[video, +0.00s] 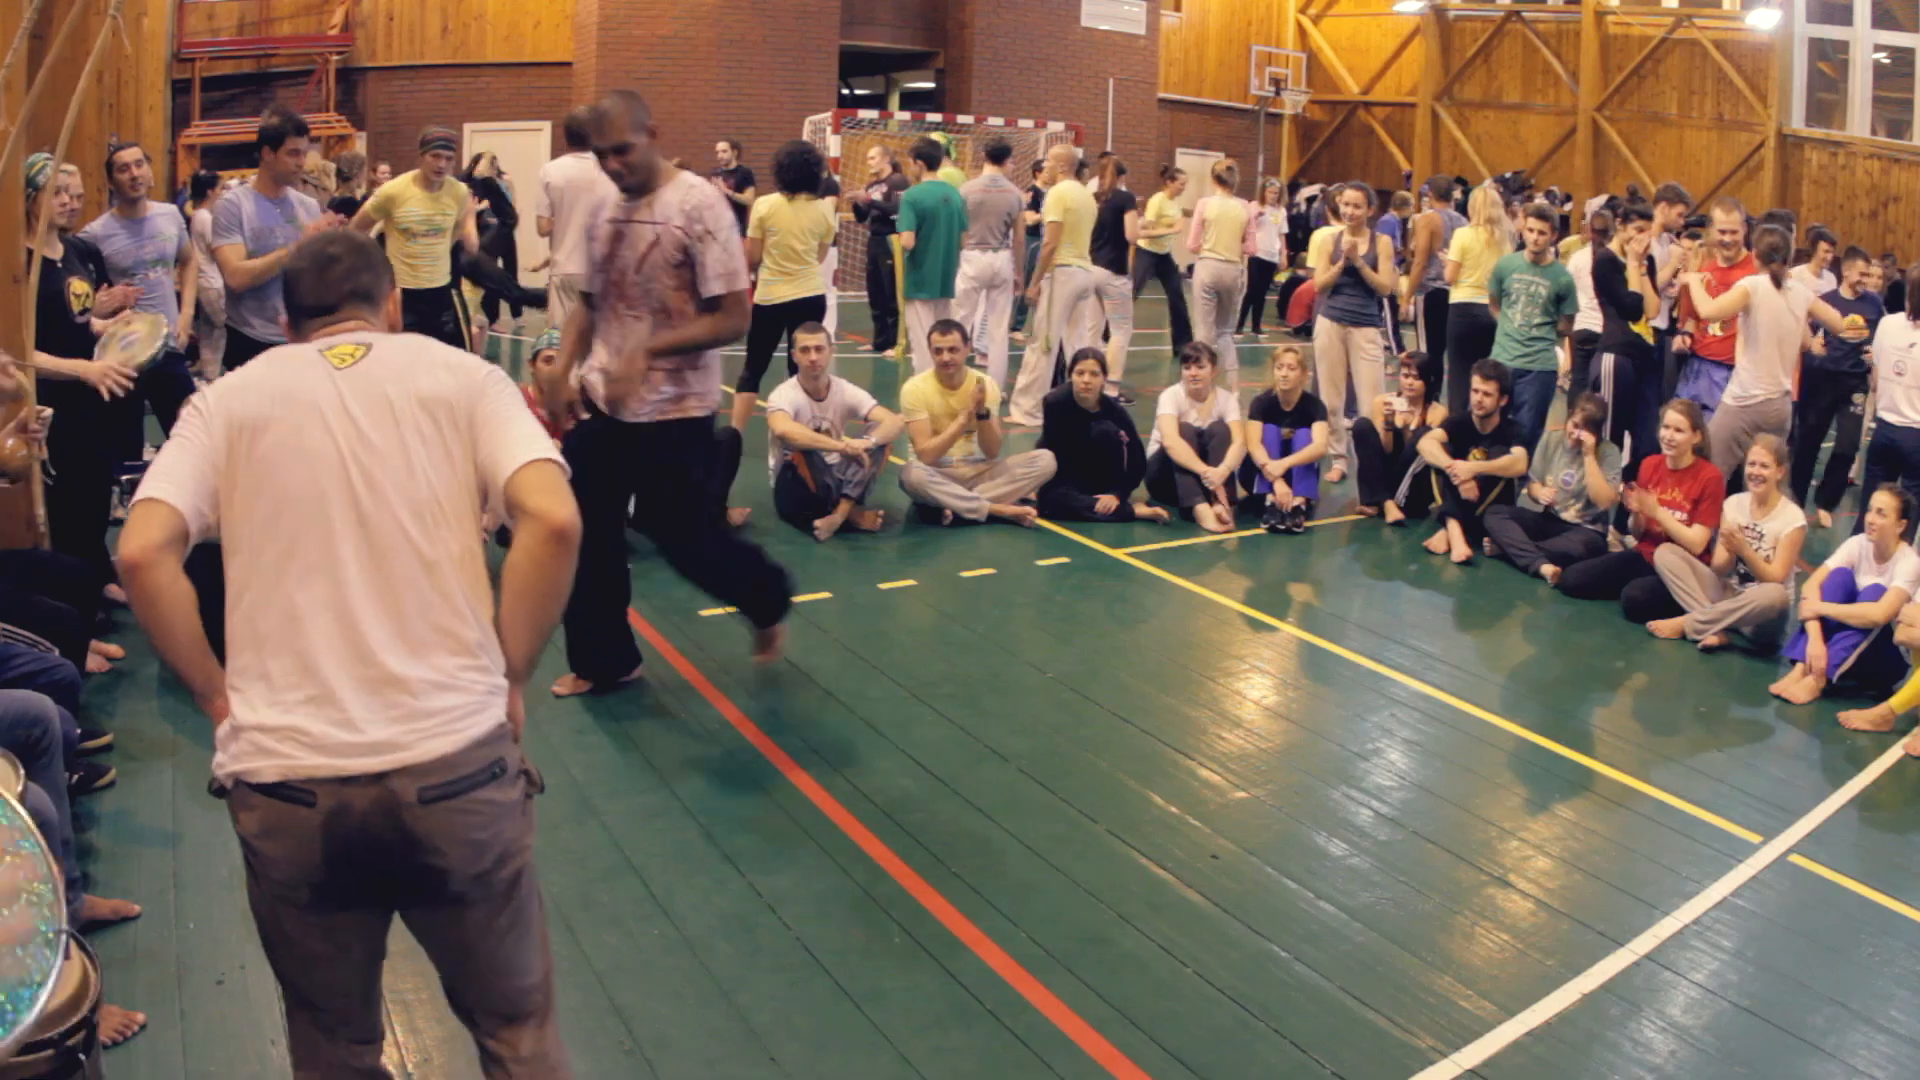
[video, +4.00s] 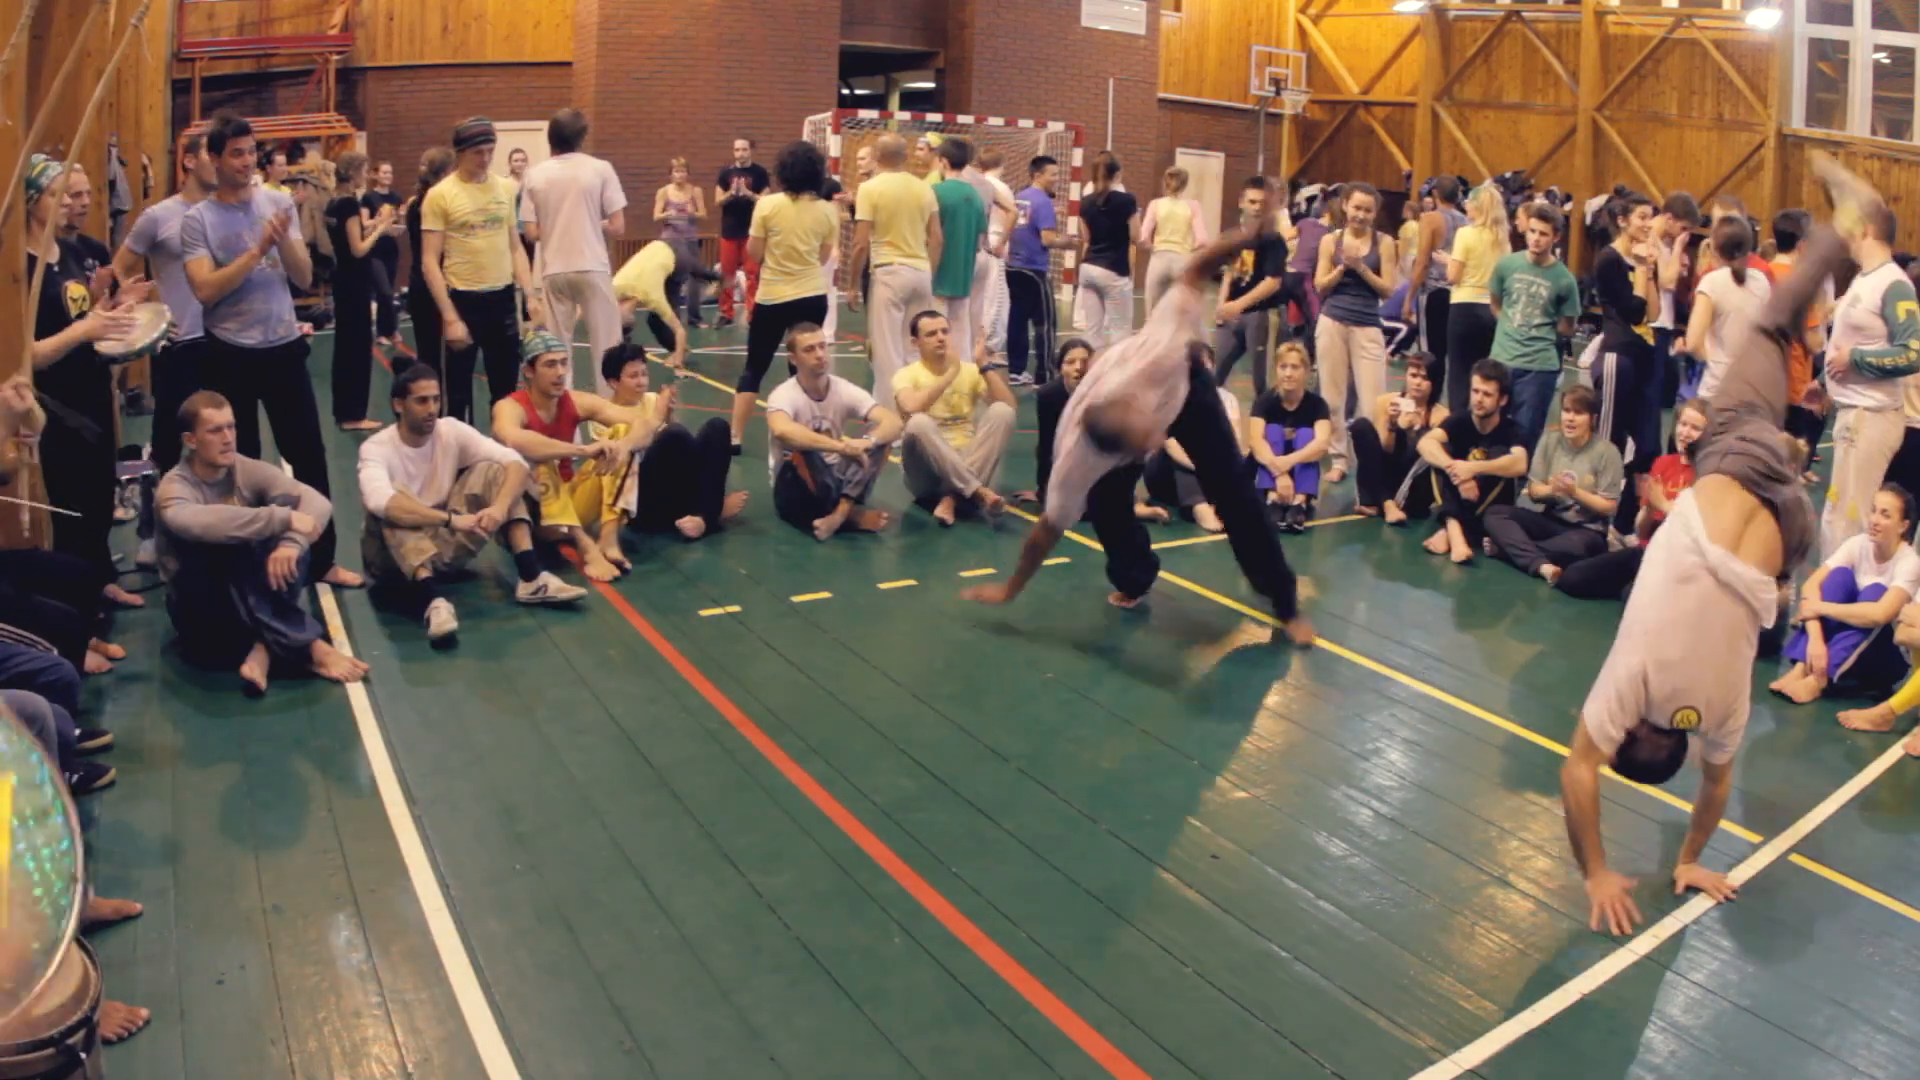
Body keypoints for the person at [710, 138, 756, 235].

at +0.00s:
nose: (720, 156)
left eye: (724, 151)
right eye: (717, 152)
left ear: (735, 152)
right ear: (716, 154)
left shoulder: (745, 173)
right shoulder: (715, 174)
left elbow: (749, 199)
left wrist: (725, 190)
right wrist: (714, 190)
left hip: (738, 228)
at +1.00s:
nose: (724, 155)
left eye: (727, 151)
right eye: (721, 152)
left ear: (737, 152)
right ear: (718, 154)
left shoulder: (746, 173)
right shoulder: (716, 175)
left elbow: (751, 199)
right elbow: (708, 204)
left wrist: (729, 191)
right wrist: (714, 191)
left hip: (738, 232)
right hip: (717, 232)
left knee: (742, 271)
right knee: (719, 275)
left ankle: (750, 310)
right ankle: (725, 312)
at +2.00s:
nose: (718, 156)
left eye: (722, 152)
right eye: (716, 153)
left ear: (733, 152)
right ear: (715, 156)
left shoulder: (745, 173)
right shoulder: (716, 175)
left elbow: (750, 200)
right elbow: (708, 206)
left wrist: (724, 191)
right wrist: (713, 193)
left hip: (737, 232)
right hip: (717, 232)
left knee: (742, 271)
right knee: (718, 274)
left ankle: (750, 309)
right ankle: (724, 312)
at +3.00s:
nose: (725, 154)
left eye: (728, 151)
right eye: (722, 151)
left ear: (735, 153)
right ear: (718, 154)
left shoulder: (746, 173)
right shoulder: (715, 174)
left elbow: (751, 200)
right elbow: (708, 205)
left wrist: (729, 192)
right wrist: (712, 192)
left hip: (738, 232)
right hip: (717, 232)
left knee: (741, 271)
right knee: (719, 275)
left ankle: (750, 310)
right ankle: (724, 312)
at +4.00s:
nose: (740, 153)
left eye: (744, 149)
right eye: (737, 150)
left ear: (751, 151)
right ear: (733, 152)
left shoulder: (760, 173)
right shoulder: (726, 173)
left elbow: (766, 200)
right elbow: (719, 200)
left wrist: (748, 193)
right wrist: (731, 193)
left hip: (752, 231)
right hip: (729, 232)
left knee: (753, 273)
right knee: (727, 274)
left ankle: (753, 312)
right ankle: (726, 312)